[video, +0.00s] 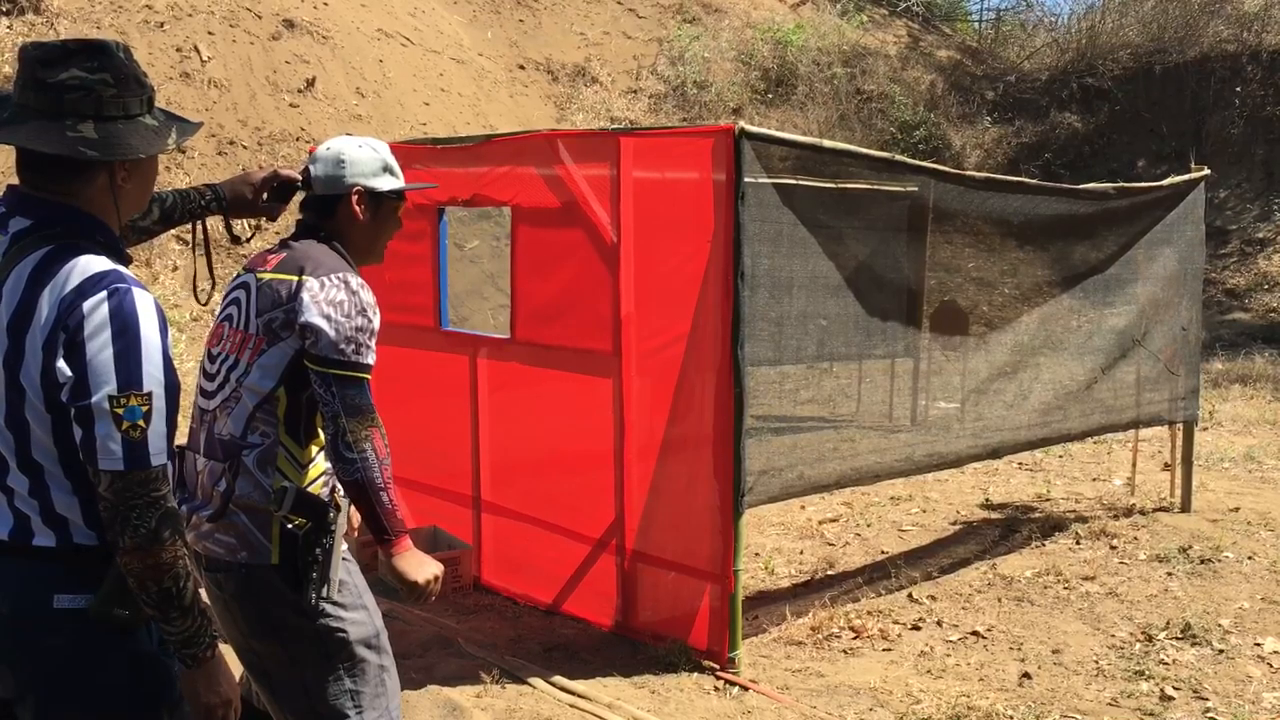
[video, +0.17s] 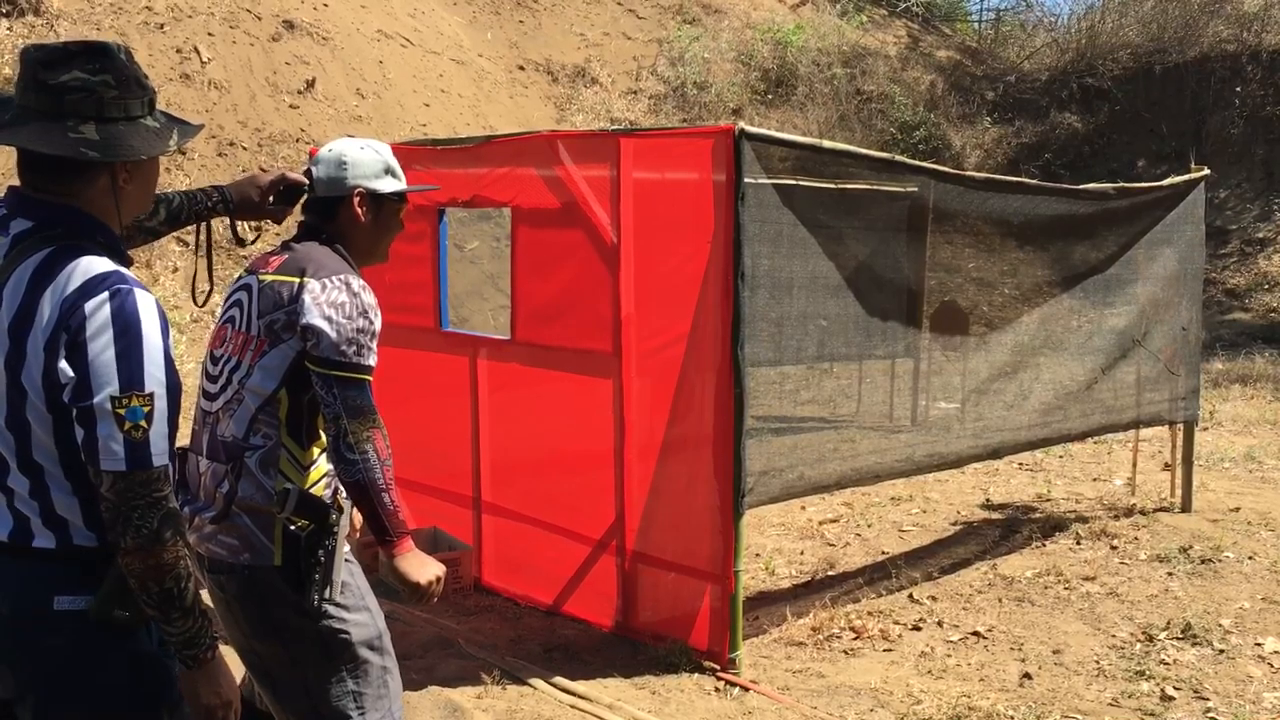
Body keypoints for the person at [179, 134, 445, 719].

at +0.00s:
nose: (402, 222)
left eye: (403, 207)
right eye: (397, 206)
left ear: (335, 201)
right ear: (358, 205)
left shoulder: (263, 266)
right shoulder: (337, 286)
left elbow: (273, 406)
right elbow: (352, 431)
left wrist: (334, 494)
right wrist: (401, 545)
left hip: (222, 531)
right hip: (280, 543)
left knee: (283, 694)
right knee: (363, 700)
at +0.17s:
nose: (405, 222)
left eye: (406, 208)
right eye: (399, 207)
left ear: (339, 203)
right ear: (360, 207)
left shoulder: (267, 267)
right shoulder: (339, 288)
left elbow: (276, 406)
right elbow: (354, 432)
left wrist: (336, 496)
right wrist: (403, 546)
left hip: (222, 529)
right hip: (281, 541)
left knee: (285, 690)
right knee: (365, 697)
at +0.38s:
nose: (406, 225)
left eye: (407, 210)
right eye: (400, 209)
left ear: (339, 206)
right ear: (362, 209)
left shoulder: (269, 270)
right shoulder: (340, 290)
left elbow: (278, 415)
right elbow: (356, 437)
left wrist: (341, 506)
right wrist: (404, 549)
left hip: (227, 530)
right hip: (285, 543)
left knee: (287, 690)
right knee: (369, 699)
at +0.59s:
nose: (408, 227)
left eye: (409, 212)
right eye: (401, 211)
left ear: (338, 209)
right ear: (363, 211)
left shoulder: (271, 274)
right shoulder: (342, 293)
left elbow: (276, 414)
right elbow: (356, 437)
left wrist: (339, 506)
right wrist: (405, 549)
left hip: (228, 530)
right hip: (285, 544)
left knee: (282, 688)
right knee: (370, 700)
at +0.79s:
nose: (409, 230)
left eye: (410, 215)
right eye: (402, 213)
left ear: (340, 212)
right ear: (363, 213)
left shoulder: (271, 274)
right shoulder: (342, 295)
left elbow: (273, 416)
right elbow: (357, 438)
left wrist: (338, 511)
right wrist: (405, 551)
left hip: (227, 530)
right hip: (285, 545)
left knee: (282, 688)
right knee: (371, 701)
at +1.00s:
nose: (409, 230)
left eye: (409, 215)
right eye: (401, 214)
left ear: (340, 212)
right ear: (362, 213)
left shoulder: (270, 275)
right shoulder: (343, 295)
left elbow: (274, 420)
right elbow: (356, 441)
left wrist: (339, 514)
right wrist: (403, 552)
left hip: (226, 532)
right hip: (284, 546)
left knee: (281, 689)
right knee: (370, 702)